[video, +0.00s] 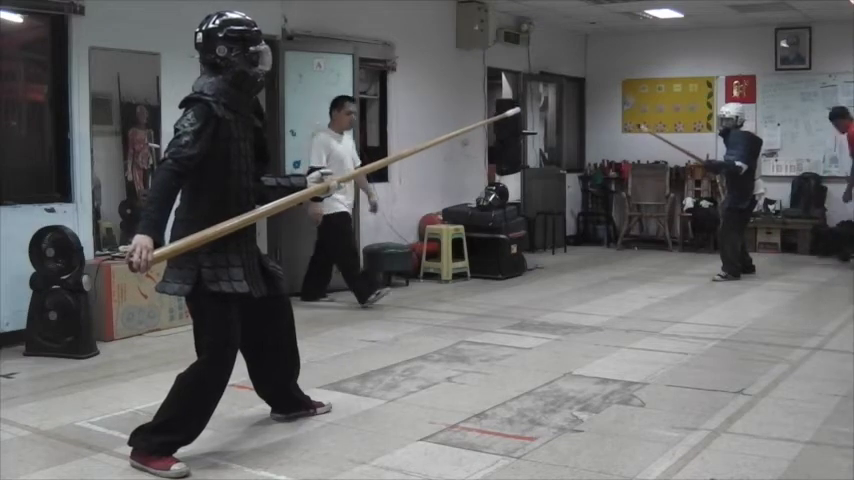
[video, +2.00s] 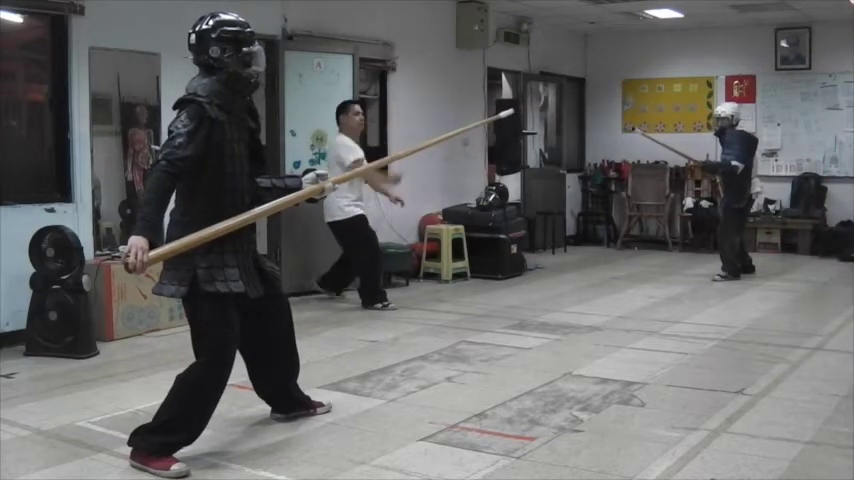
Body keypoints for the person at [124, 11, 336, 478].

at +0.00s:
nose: (257, 56)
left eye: (257, 48)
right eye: (246, 48)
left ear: (253, 52)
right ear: (218, 52)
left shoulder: (245, 106)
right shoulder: (207, 104)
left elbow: (250, 184)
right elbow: (171, 168)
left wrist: (303, 185)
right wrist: (147, 232)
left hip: (238, 242)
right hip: (205, 245)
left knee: (272, 314)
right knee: (218, 355)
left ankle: (286, 399)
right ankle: (152, 446)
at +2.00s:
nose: (253, 57)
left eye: (253, 49)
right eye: (242, 49)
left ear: (245, 54)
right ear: (213, 53)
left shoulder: (239, 108)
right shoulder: (200, 106)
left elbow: (246, 184)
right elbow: (165, 168)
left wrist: (300, 184)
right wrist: (144, 232)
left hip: (237, 245)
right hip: (203, 249)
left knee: (271, 315)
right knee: (216, 356)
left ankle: (286, 399)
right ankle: (152, 446)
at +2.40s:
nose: (291, 75)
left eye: (290, 67)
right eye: (281, 67)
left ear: (273, 72)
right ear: (258, 71)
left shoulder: (275, 119)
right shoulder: (244, 117)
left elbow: (274, 193)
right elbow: (209, 169)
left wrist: (327, 194)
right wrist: (184, 229)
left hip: (268, 245)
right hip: (235, 248)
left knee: (296, 307)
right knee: (223, 352)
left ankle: (311, 384)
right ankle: (158, 439)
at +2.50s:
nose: (311, 79)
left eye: (310, 71)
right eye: (303, 71)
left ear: (288, 75)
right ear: (282, 74)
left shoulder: (292, 120)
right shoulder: (263, 117)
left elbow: (293, 189)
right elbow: (229, 165)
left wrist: (345, 187)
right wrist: (208, 219)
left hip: (288, 241)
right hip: (259, 243)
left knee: (308, 307)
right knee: (251, 332)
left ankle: (311, 382)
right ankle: (187, 410)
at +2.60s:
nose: (326, 68)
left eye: (326, 60)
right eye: (318, 61)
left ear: (316, 64)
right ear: (296, 63)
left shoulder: (309, 109)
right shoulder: (283, 104)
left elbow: (310, 180)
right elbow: (246, 154)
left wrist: (361, 182)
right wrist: (227, 209)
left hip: (304, 226)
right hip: (272, 227)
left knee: (319, 300)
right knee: (283, 319)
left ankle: (313, 384)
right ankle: (230, 407)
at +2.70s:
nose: (339, 67)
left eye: (339, 59)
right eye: (331, 60)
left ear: (319, 64)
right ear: (310, 62)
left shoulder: (319, 109)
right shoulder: (294, 105)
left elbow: (320, 178)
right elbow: (258, 151)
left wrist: (372, 177)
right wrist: (240, 203)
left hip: (300, 226)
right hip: (275, 227)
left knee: (326, 297)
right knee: (302, 306)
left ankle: (315, 383)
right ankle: (280, 400)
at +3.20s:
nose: (387, 76)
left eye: (386, 69)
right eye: (379, 69)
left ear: (362, 73)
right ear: (360, 72)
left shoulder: (369, 113)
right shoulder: (345, 111)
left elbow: (367, 186)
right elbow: (308, 162)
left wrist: (410, 184)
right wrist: (299, 212)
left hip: (348, 228)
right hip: (328, 230)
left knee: (381, 281)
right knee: (362, 314)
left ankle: (376, 355)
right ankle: (332, 392)